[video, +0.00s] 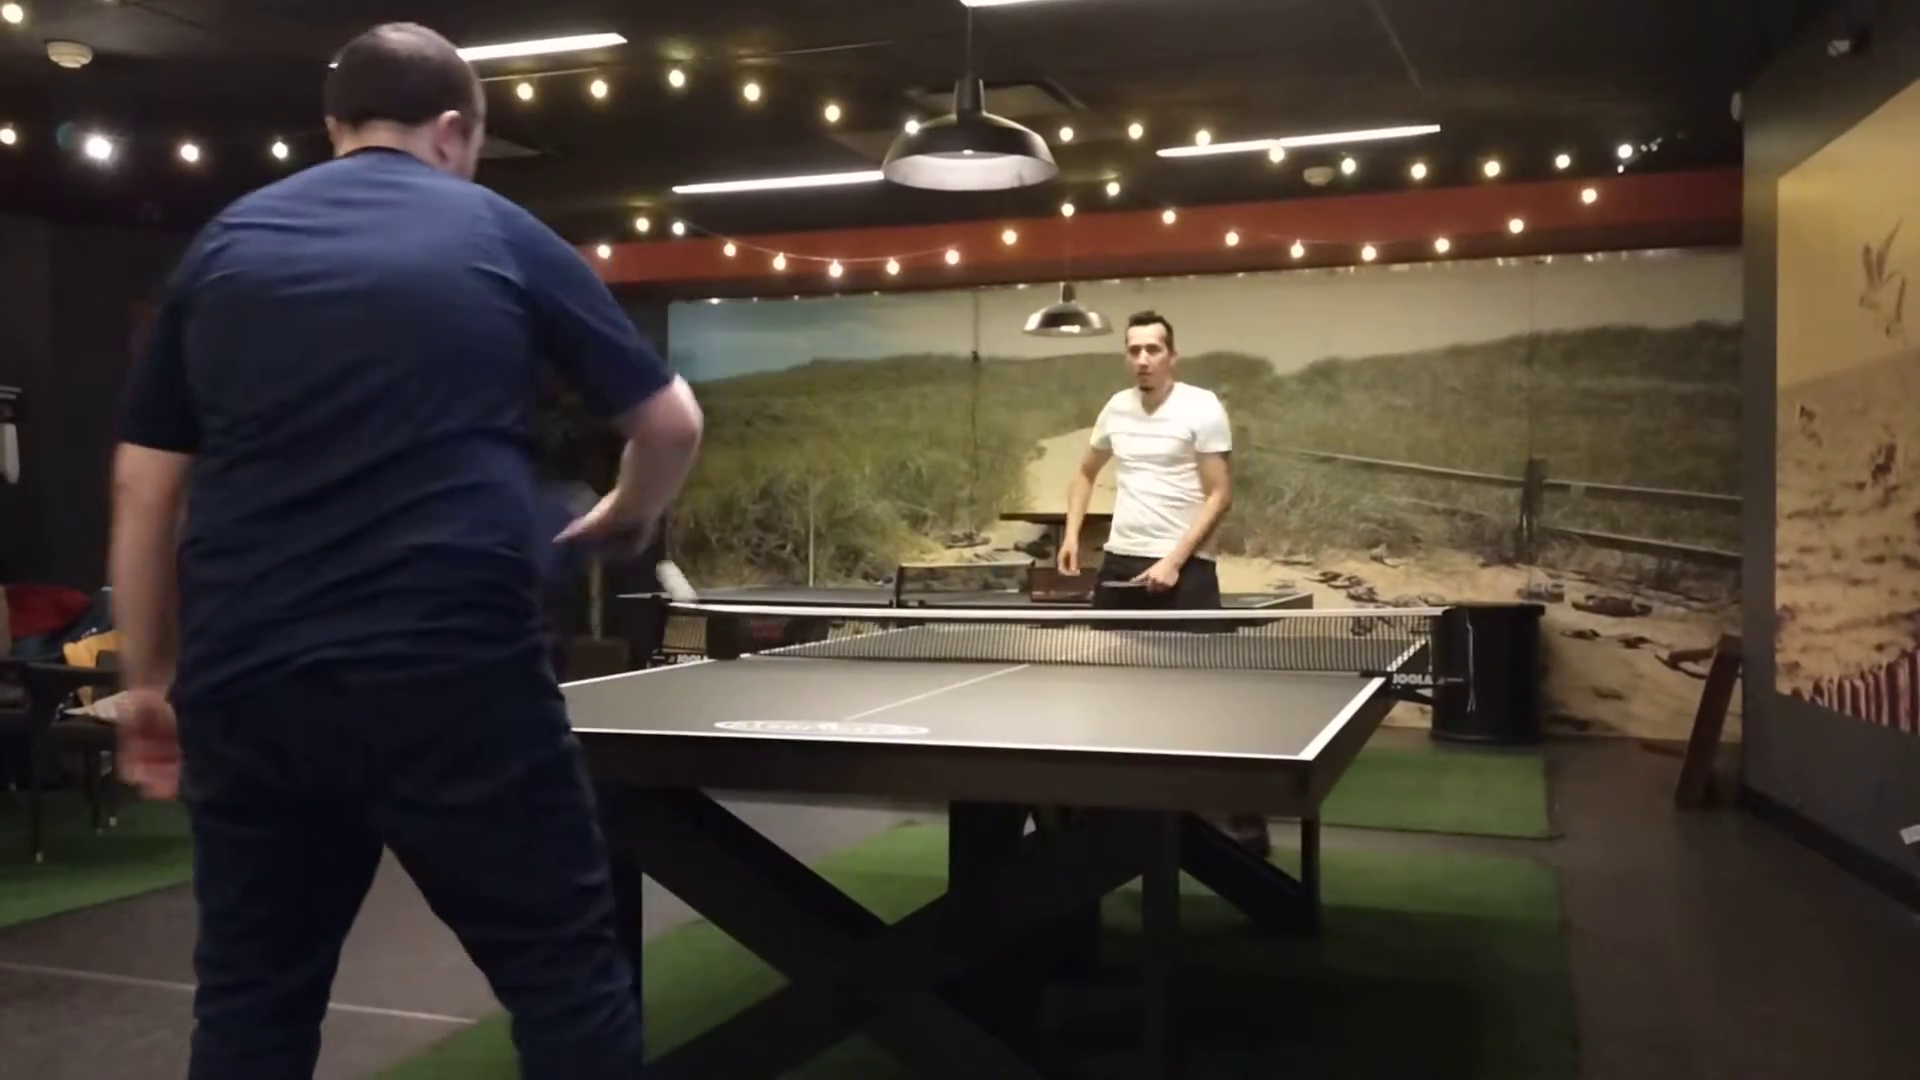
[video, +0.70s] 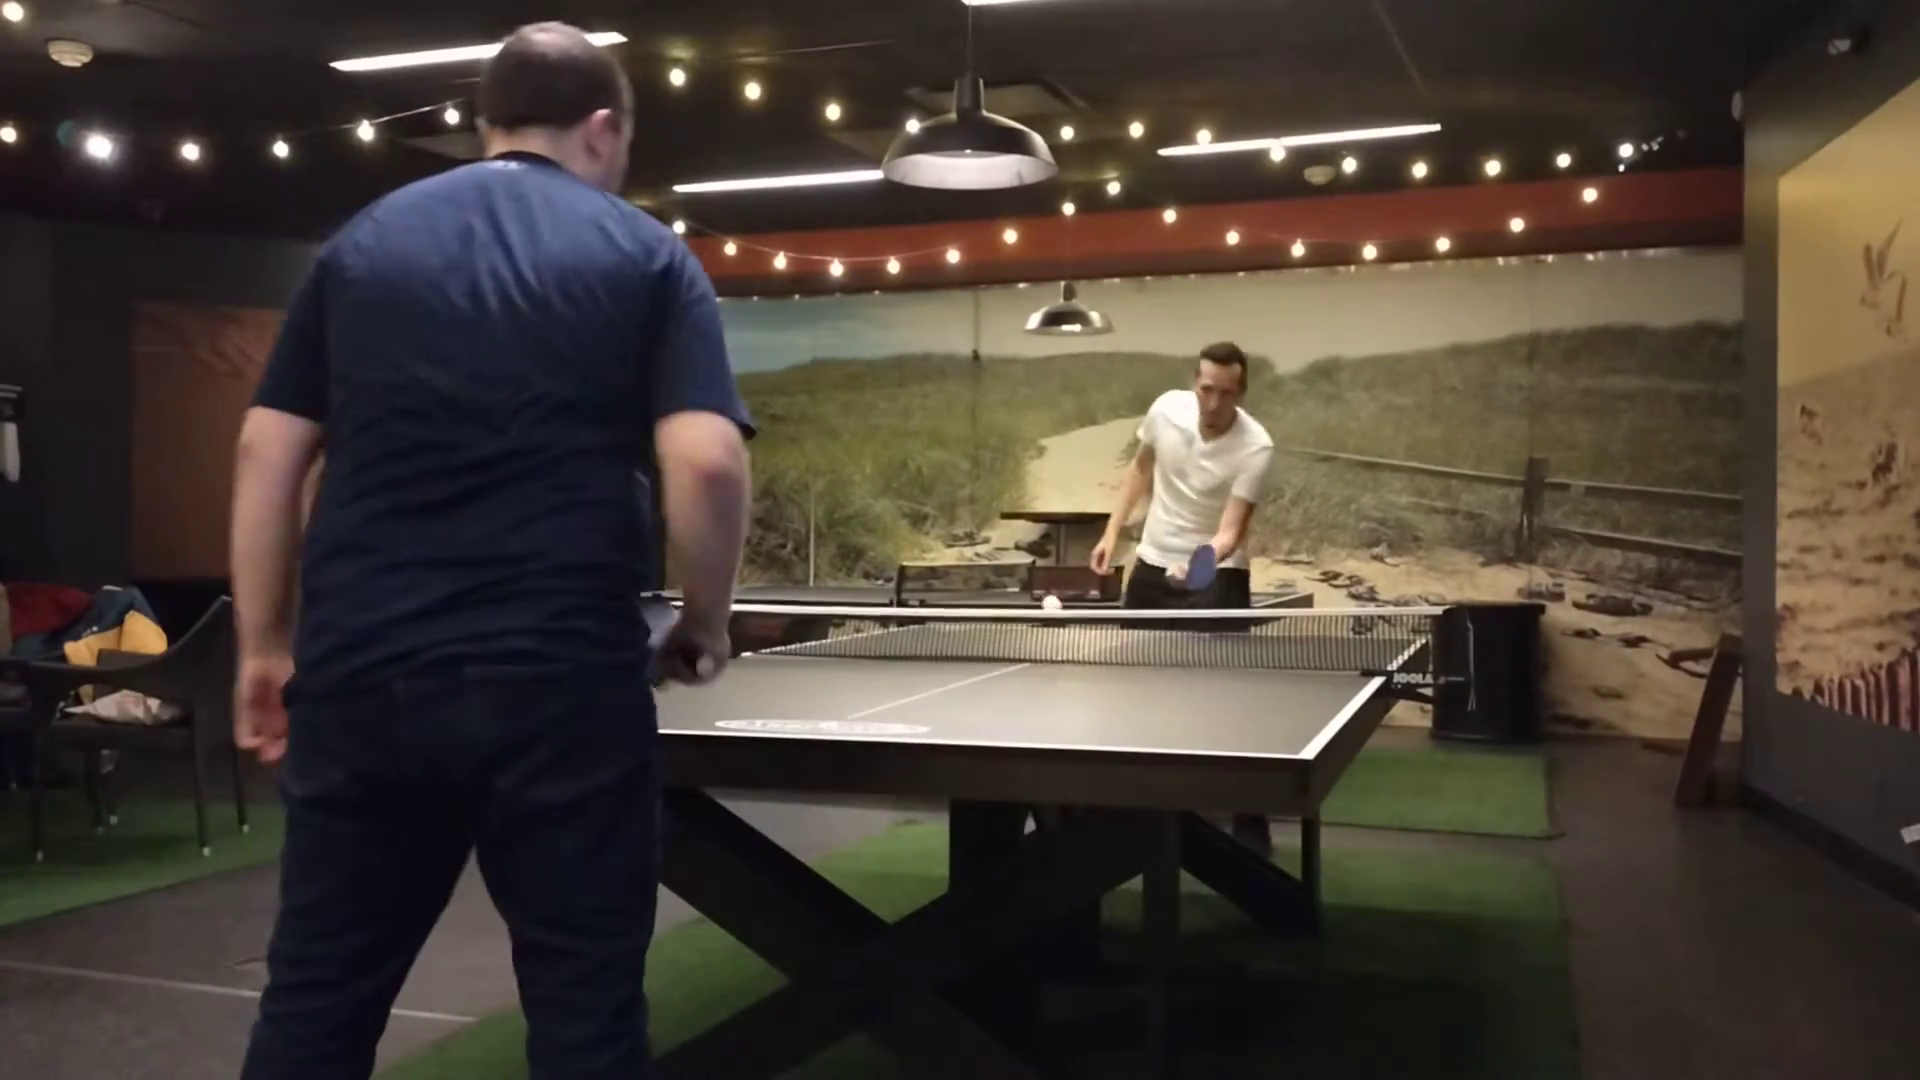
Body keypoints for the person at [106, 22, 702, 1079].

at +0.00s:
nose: (475, 161)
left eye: (475, 145)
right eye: (476, 141)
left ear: (334, 127)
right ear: (452, 132)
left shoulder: (226, 238)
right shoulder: (493, 227)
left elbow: (143, 476)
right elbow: (670, 422)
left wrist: (144, 676)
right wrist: (621, 518)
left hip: (252, 691)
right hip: (458, 678)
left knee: (247, 1005)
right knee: (567, 981)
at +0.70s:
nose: (623, 157)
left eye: (623, 141)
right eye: (624, 139)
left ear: (491, 126)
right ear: (602, 131)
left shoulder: (361, 242)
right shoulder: (645, 252)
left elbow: (269, 447)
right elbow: (707, 461)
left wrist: (262, 646)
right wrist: (702, 624)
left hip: (367, 685)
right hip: (567, 693)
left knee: (315, 1001)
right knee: (588, 1012)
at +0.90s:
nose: (665, 153)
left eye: (668, 134)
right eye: (666, 131)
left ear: (532, 120)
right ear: (642, 122)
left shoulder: (413, 231)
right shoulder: (654, 237)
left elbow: (321, 434)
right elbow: (680, 418)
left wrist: (330, 605)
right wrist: (731, 617)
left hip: (374, 663)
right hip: (562, 681)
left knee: (321, 988)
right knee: (589, 1006)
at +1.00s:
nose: (673, 148)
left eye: (676, 127)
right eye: (673, 125)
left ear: (540, 113)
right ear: (649, 115)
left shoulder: (427, 220)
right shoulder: (659, 228)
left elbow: (339, 424)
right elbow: (687, 411)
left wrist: (362, 578)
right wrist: (740, 606)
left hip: (380, 650)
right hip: (565, 668)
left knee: (326, 980)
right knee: (595, 998)